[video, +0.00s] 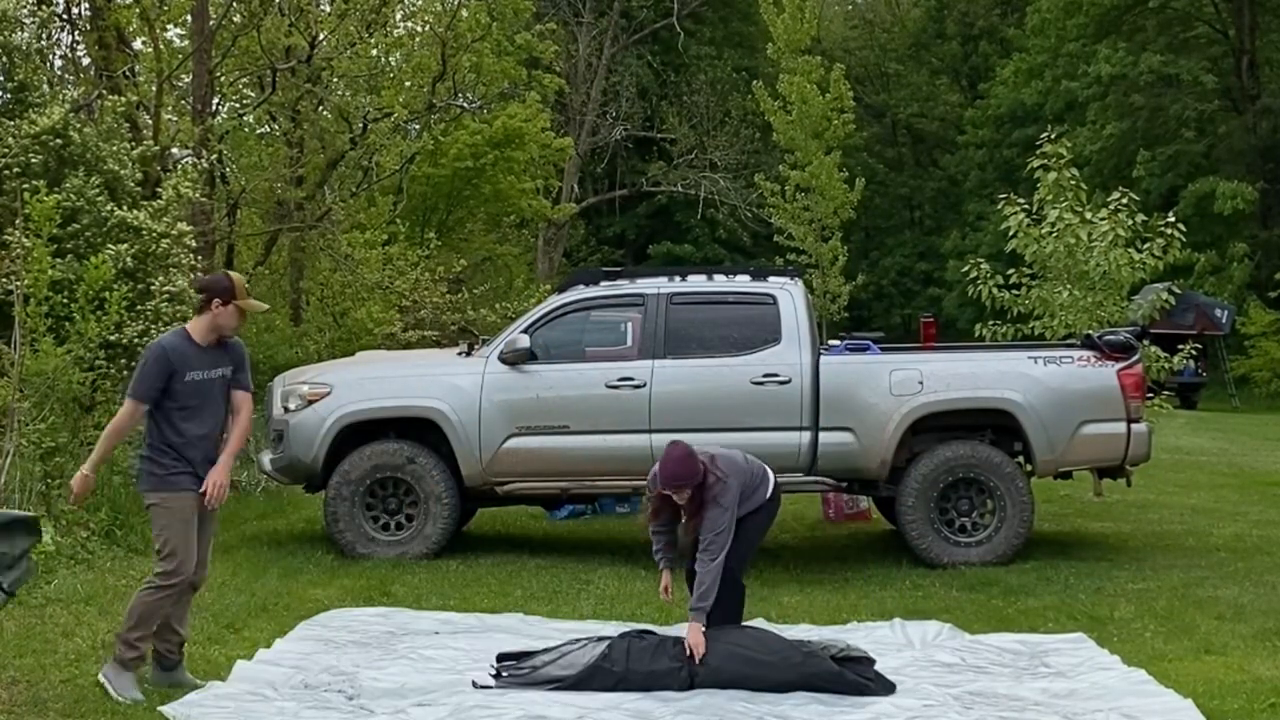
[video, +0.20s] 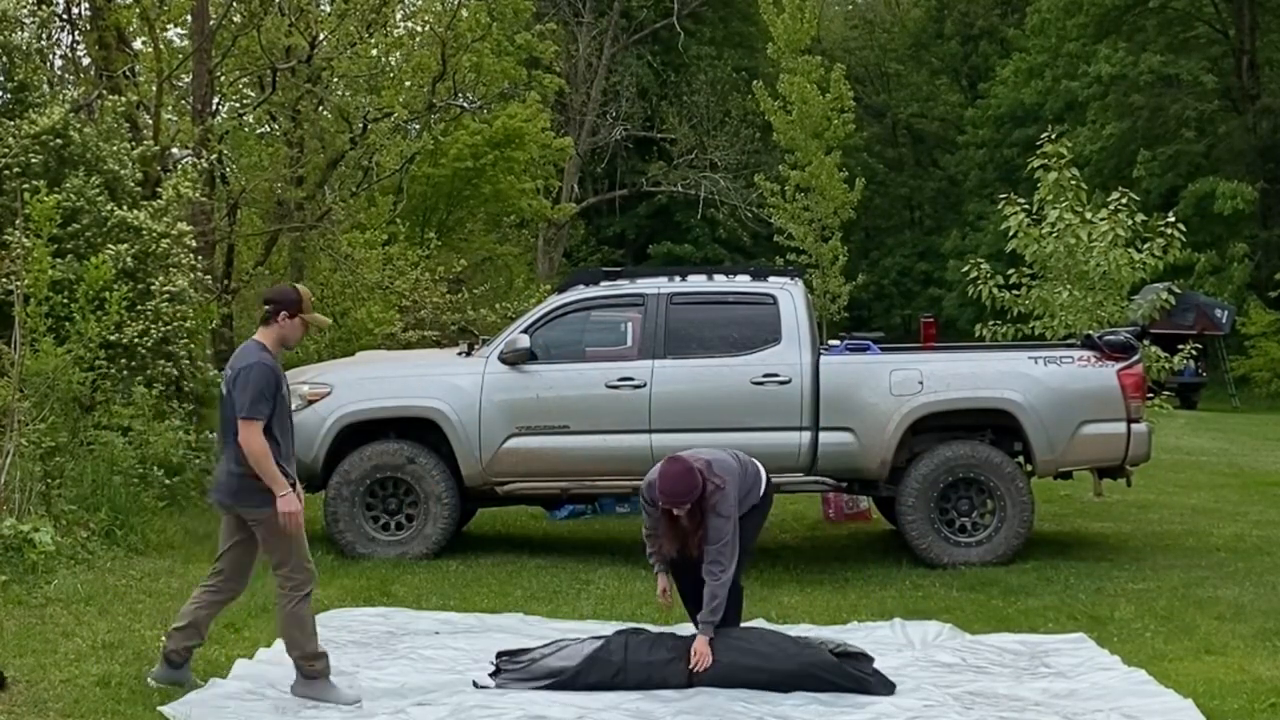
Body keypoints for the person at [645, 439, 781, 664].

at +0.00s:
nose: (679, 497)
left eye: (684, 490)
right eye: (673, 491)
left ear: (696, 481)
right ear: (662, 484)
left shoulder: (722, 483)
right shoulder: (658, 480)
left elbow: (712, 553)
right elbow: (661, 523)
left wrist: (696, 621)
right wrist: (665, 567)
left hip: (759, 497)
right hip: (712, 502)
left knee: (728, 570)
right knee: (695, 572)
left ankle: (725, 642)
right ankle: (712, 642)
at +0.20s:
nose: (678, 512)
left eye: (684, 506)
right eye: (672, 507)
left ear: (696, 495)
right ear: (660, 495)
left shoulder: (721, 489)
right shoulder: (651, 488)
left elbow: (719, 563)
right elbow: (652, 531)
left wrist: (705, 632)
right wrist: (661, 571)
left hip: (751, 492)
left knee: (725, 571)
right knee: (683, 567)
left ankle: (726, 644)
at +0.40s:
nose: (680, 514)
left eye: (687, 508)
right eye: (674, 508)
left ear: (700, 494)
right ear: (662, 493)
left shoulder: (720, 491)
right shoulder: (647, 488)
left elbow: (723, 559)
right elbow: (642, 542)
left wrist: (708, 623)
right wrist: (651, 586)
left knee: (723, 566)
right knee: (667, 571)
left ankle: (723, 641)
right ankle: (675, 642)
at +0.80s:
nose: (668, 501)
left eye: (674, 496)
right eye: (662, 496)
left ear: (689, 484)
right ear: (652, 484)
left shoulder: (713, 480)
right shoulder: (643, 484)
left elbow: (729, 545)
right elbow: (635, 538)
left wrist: (715, 596)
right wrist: (638, 590)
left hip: (731, 491)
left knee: (720, 570)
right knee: (670, 570)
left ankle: (724, 643)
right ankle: (676, 642)